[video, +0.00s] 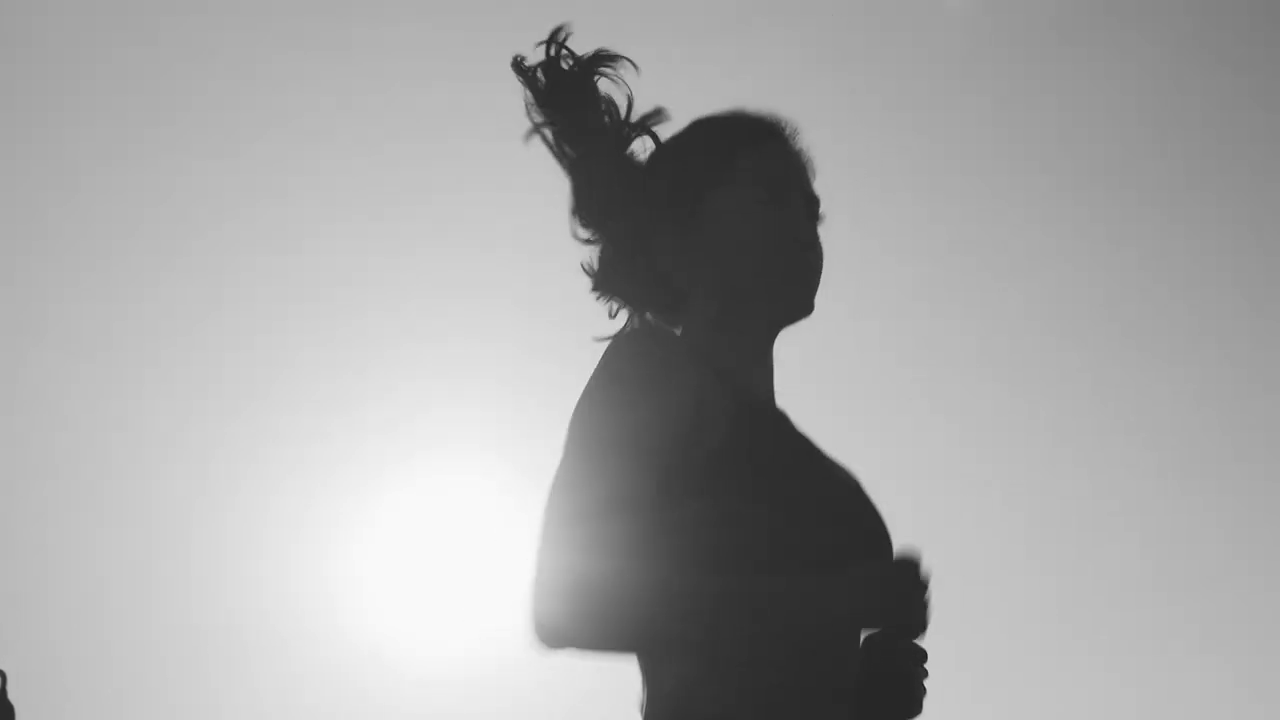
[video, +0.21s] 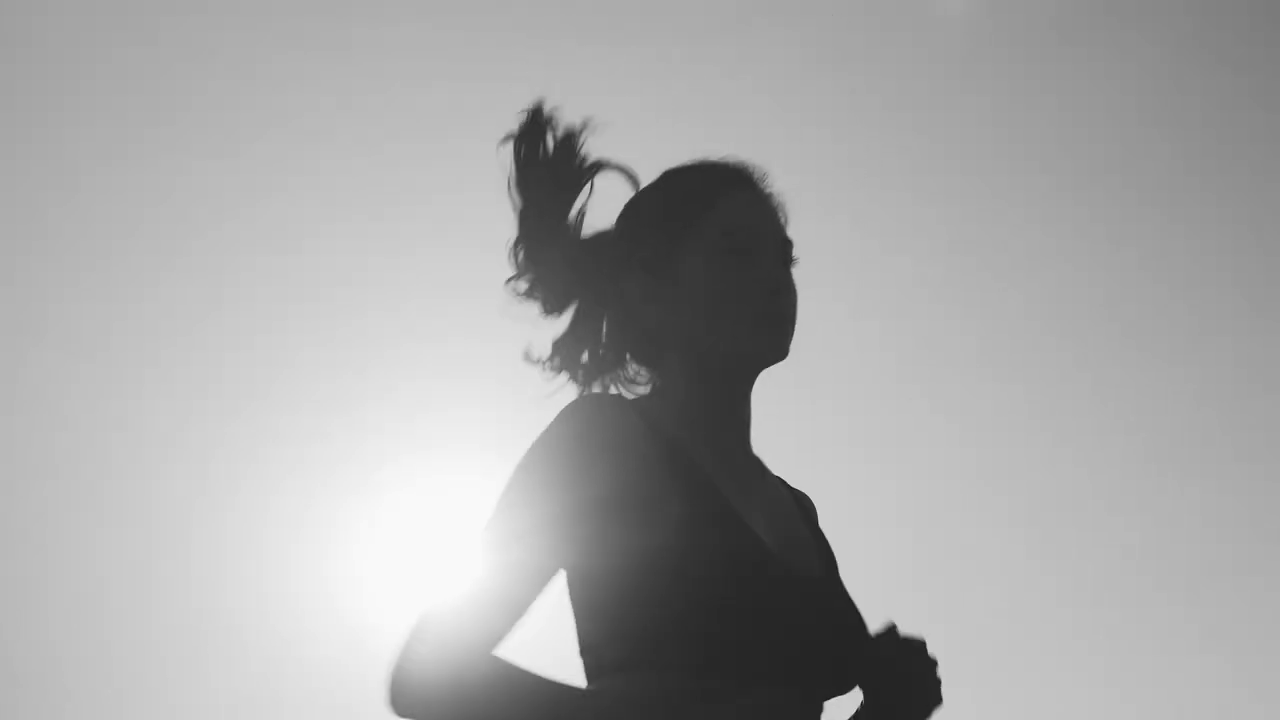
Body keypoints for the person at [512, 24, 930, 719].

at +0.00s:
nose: (814, 227)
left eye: (811, 206)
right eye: (783, 203)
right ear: (697, 232)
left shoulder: (755, 408)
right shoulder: (652, 373)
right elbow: (570, 603)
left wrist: (869, 688)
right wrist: (838, 596)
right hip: (711, 705)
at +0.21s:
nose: (779, 281)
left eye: (784, 258)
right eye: (739, 254)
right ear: (652, 292)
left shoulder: (791, 505)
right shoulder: (603, 437)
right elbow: (430, 671)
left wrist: (885, 696)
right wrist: (611, 706)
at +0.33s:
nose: (760, 273)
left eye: (763, 251)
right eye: (722, 250)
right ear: (635, 283)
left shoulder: (787, 500)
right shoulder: (567, 436)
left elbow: (847, 714)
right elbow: (372, 647)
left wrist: (879, 657)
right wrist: (566, 704)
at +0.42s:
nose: (747, 263)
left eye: (748, 241)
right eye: (712, 239)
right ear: (621, 268)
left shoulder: (776, 477)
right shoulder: (540, 427)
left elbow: (864, 713)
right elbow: (344, 624)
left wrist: (853, 593)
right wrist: (520, 686)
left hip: (737, 715)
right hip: (597, 715)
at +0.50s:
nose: (724, 251)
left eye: (728, 228)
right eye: (689, 225)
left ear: (736, 252)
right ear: (609, 245)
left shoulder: (768, 459)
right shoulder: (516, 410)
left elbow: (884, 699)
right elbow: (325, 598)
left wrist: (828, 547)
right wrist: (485, 656)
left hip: (727, 714)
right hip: (592, 712)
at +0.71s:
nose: (659, 244)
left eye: (673, 217)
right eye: (623, 214)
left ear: (686, 247)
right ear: (546, 244)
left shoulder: (730, 425)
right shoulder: (470, 392)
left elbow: (872, 649)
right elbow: (291, 579)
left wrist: (770, 478)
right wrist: (418, 615)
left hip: (700, 712)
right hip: (545, 709)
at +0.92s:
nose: (625, 254)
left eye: (639, 232)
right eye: (591, 222)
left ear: (652, 265)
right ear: (517, 249)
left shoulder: (682, 444)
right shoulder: (431, 416)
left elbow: (782, 691)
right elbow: (264, 639)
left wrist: (730, 560)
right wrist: (431, 634)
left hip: (649, 712)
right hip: (510, 712)